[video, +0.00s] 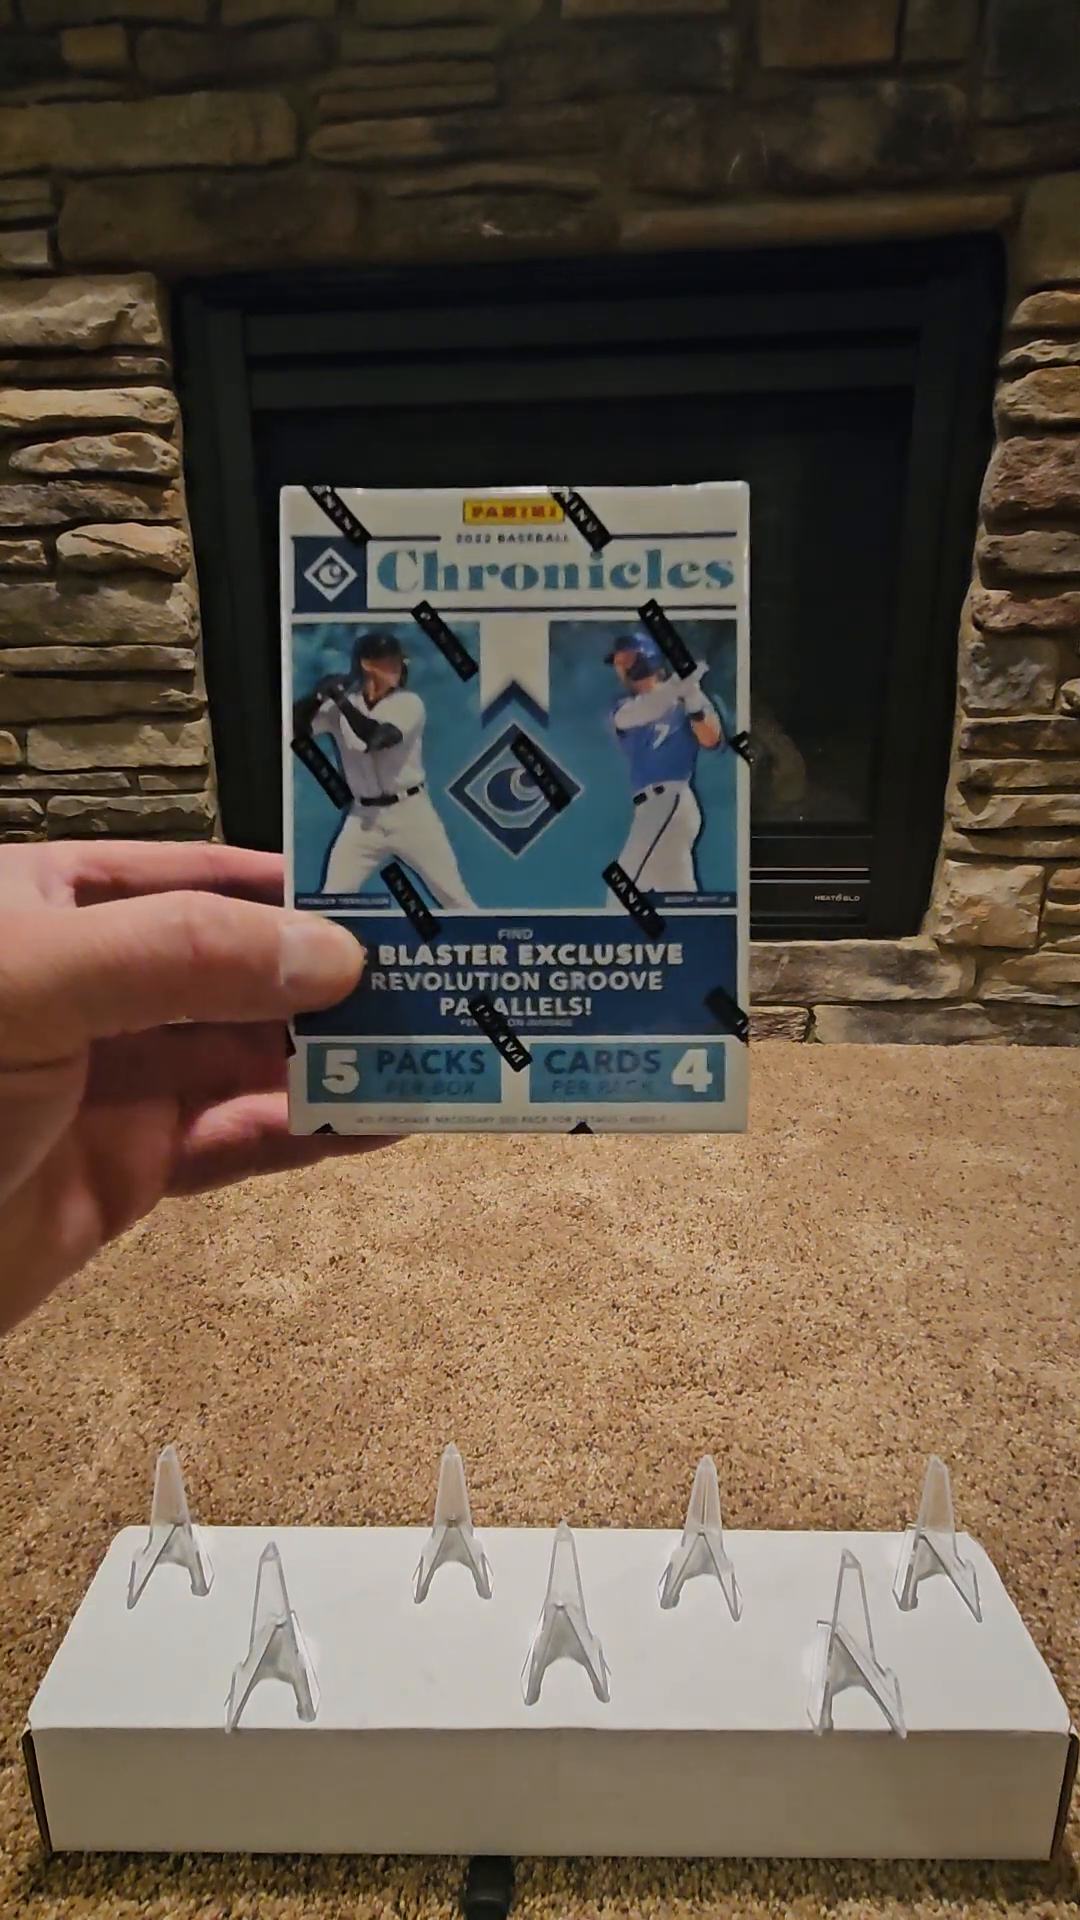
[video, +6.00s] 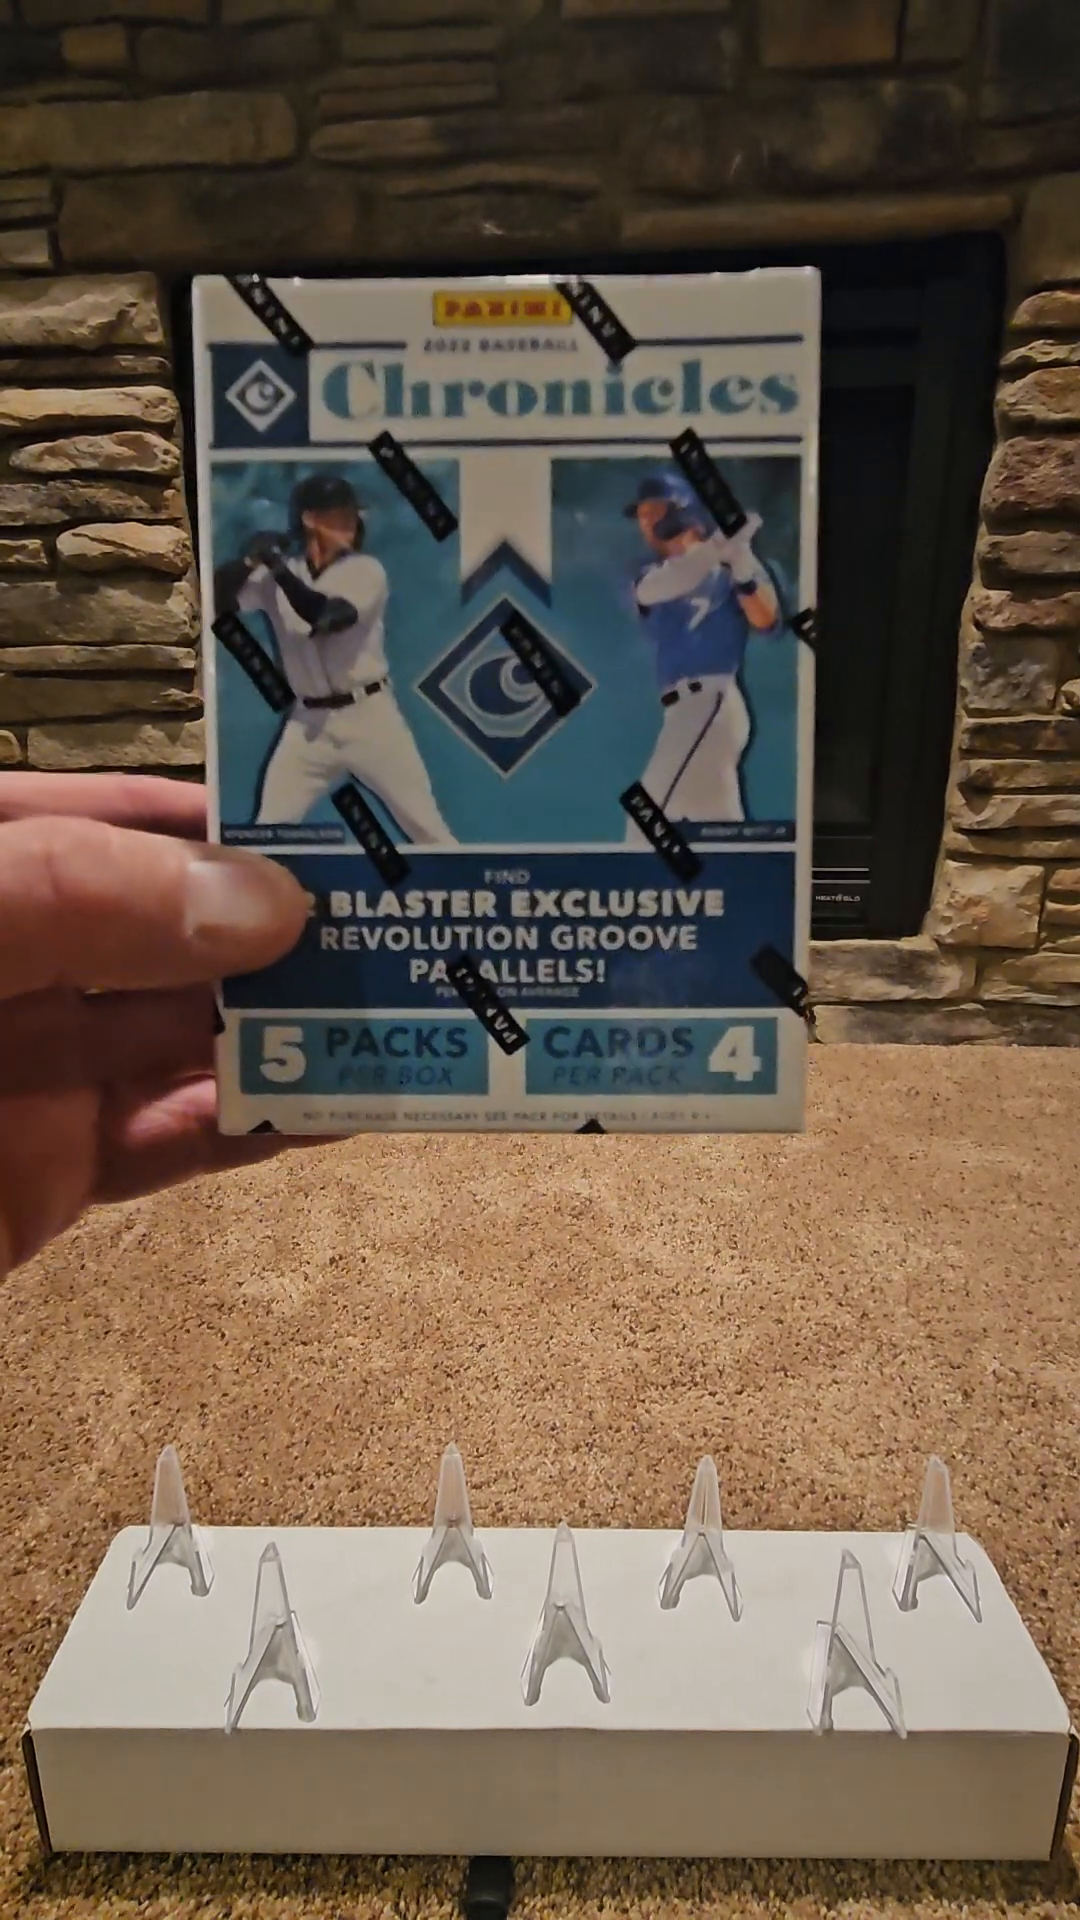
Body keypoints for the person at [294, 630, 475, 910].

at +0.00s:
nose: (396, 666)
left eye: (398, 659)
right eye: (388, 660)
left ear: (402, 664)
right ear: (366, 665)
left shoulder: (409, 703)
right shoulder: (338, 708)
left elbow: (376, 739)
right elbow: (295, 731)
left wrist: (340, 699)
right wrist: (317, 697)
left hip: (411, 813)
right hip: (363, 818)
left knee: (453, 896)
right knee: (333, 901)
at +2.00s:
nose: (392, 696)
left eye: (393, 690)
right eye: (384, 690)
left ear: (396, 694)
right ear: (361, 695)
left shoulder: (402, 734)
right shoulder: (331, 738)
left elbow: (369, 769)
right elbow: (285, 755)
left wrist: (334, 729)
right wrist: (311, 725)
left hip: (403, 845)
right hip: (354, 849)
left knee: (444, 929)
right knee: (322, 930)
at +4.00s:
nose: (381, 693)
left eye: (382, 687)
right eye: (372, 687)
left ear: (387, 691)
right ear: (350, 692)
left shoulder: (393, 731)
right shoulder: (323, 735)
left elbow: (359, 766)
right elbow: (279, 753)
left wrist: (324, 726)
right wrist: (300, 724)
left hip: (395, 843)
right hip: (346, 847)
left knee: (439, 928)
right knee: (314, 932)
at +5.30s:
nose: (371, 651)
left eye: (371, 644)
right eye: (361, 644)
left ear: (375, 649)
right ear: (335, 650)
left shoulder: (381, 693)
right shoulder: (303, 699)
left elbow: (344, 731)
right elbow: (255, 716)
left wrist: (307, 689)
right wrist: (282, 683)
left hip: (384, 816)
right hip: (330, 820)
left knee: (428, 906)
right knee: (297, 912)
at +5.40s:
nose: (349, 622)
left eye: (350, 615)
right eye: (339, 615)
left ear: (353, 620)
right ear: (313, 620)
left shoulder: (360, 665)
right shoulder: (281, 669)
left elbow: (324, 705)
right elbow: (231, 690)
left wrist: (283, 660)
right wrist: (258, 654)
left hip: (363, 792)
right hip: (308, 796)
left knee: (411, 887)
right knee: (275, 889)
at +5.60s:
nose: (327, 570)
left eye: (328, 563)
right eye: (316, 563)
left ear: (332, 569)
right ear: (291, 570)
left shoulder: (341, 616)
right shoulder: (257, 622)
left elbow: (303, 658)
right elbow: (204, 644)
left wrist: (260, 613)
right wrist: (233, 607)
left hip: (346, 750)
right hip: (289, 756)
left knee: (397, 848)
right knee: (255, 855)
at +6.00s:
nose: (349, 519)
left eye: (352, 511)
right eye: (337, 511)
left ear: (358, 519)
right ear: (309, 519)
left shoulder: (365, 571)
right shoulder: (273, 579)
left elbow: (325, 618)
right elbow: (213, 600)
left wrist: (277, 567)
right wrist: (248, 563)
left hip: (371, 719)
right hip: (308, 724)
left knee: (427, 829)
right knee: (269, 835)